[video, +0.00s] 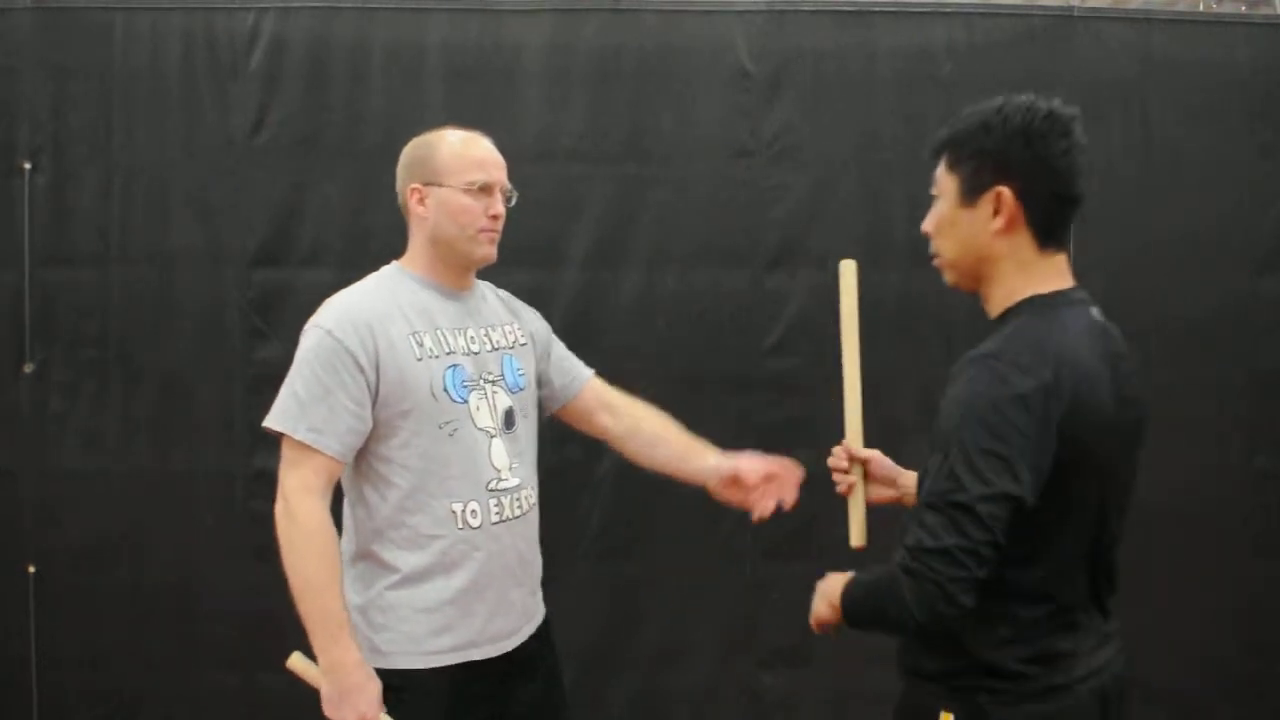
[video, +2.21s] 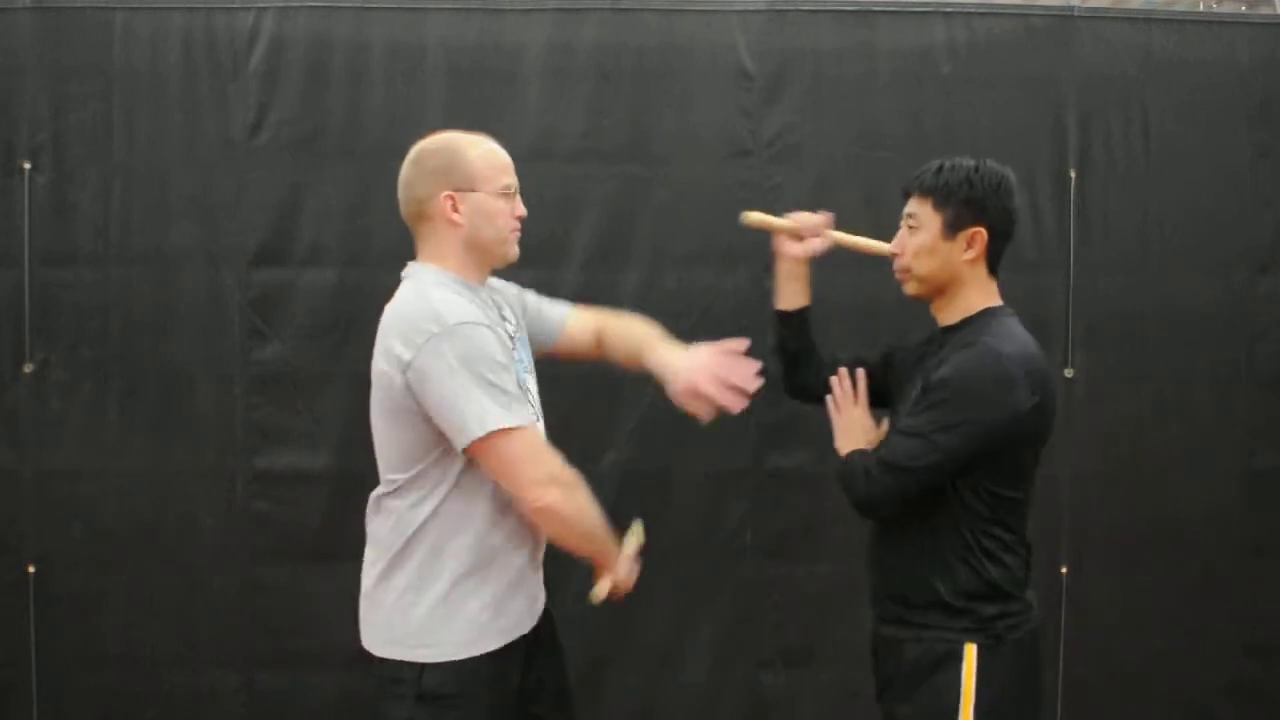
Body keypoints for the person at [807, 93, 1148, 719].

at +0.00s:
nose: (926, 227)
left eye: (939, 202)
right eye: (930, 203)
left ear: (999, 211)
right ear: (1005, 213)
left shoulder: (1005, 371)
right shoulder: (1098, 345)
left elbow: (934, 590)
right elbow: (1054, 510)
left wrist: (844, 596)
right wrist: (911, 487)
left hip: (985, 696)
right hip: (1081, 678)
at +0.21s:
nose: (904, 239)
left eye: (921, 215)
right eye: (912, 216)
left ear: (984, 229)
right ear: (982, 232)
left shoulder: (1002, 373)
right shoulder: (1024, 351)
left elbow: (927, 571)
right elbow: (992, 520)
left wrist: (850, 558)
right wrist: (887, 505)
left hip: (967, 688)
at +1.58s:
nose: (905, 240)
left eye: (923, 222)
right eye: (911, 221)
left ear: (982, 238)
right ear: (978, 240)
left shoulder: (1001, 352)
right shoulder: (982, 342)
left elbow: (943, 513)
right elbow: (941, 470)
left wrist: (877, 537)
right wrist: (843, 467)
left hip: (983, 637)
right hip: (961, 630)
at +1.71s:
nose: (907, 243)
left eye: (923, 226)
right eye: (912, 225)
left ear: (981, 240)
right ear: (978, 243)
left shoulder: (990, 350)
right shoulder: (992, 336)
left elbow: (886, 492)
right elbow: (930, 438)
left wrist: (868, 482)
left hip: (975, 624)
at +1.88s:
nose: (903, 245)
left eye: (919, 228)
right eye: (908, 228)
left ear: (974, 240)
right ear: (970, 242)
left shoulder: (971, 346)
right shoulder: (1004, 331)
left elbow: (861, 465)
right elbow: (910, 416)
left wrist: (910, 438)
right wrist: (873, 308)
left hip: (968, 616)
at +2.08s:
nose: (899, 246)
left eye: (916, 230)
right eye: (905, 229)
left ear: (973, 244)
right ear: (966, 245)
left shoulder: (978, 355)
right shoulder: (970, 339)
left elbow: (863, 479)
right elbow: (848, 379)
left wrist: (871, 430)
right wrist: (854, 270)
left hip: (963, 629)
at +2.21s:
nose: (895, 247)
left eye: (912, 228)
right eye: (900, 228)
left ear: (971, 244)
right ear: (966, 246)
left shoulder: (998, 363)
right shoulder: (934, 352)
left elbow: (878, 492)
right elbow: (806, 378)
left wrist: (855, 445)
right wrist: (792, 265)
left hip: (968, 650)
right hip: (919, 642)